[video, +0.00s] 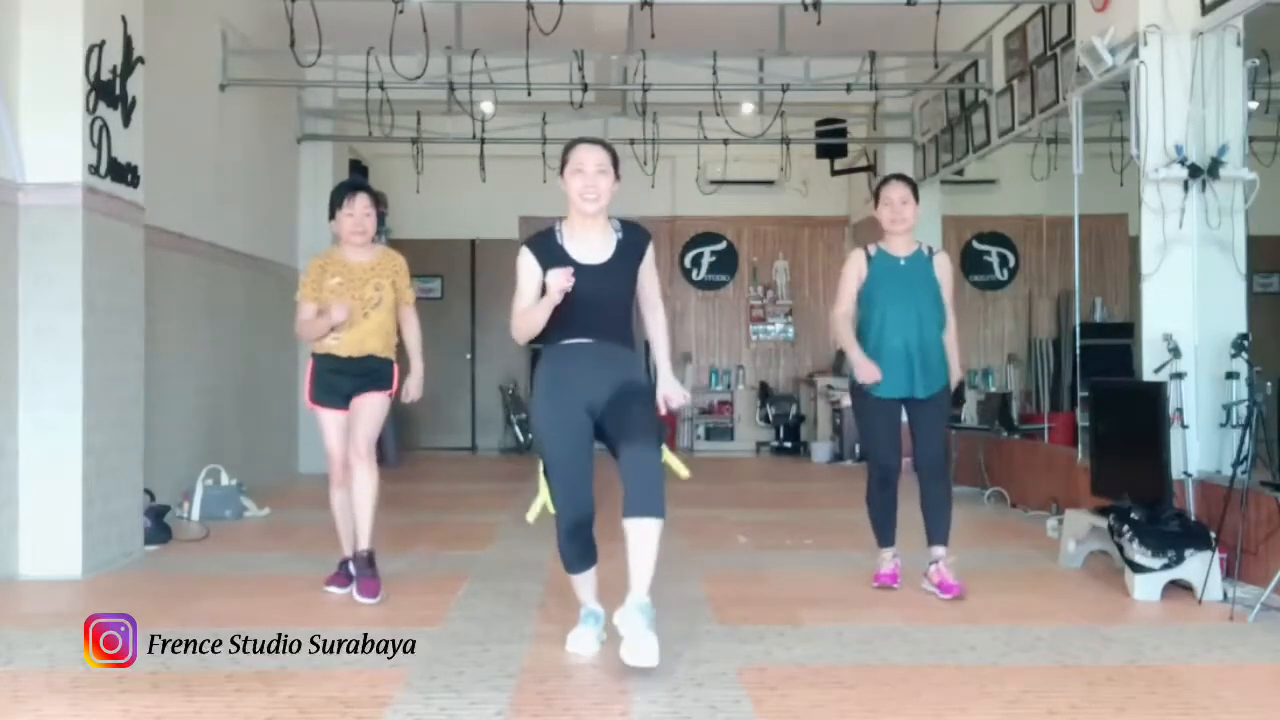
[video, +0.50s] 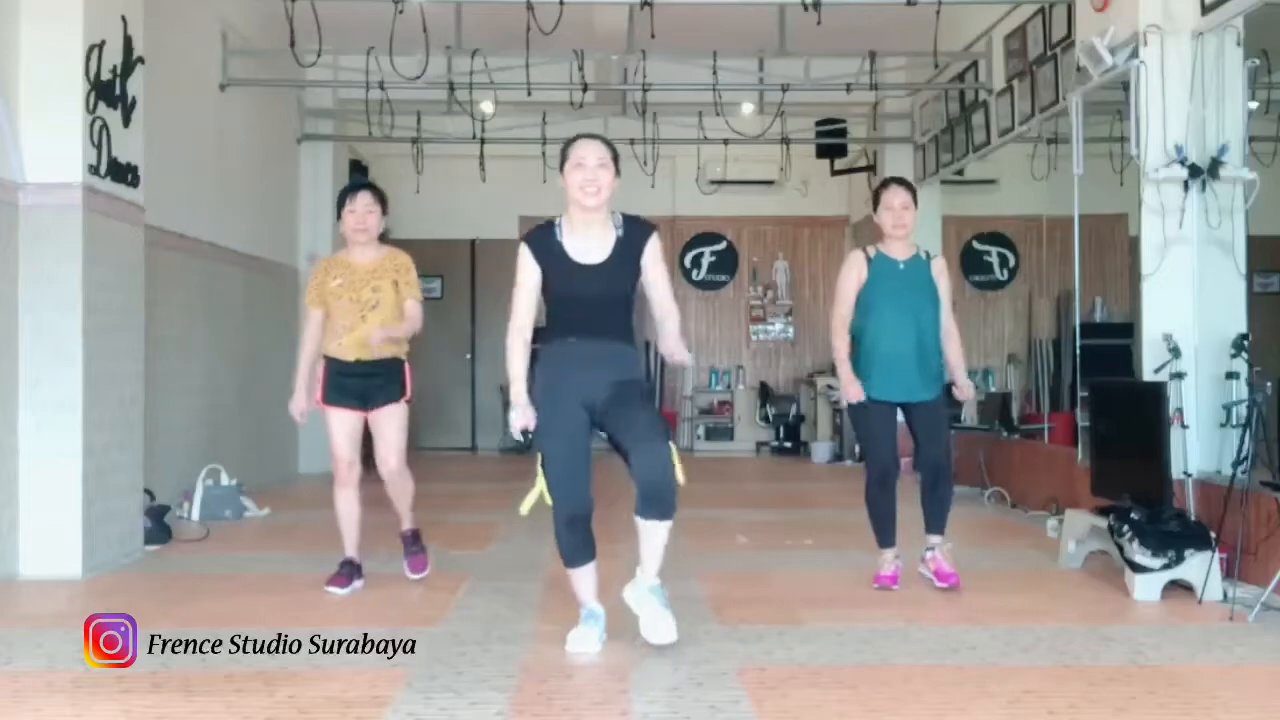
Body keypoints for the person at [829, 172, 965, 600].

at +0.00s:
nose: (896, 210)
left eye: (904, 202)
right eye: (887, 203)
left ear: (917, 209)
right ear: (876, 211)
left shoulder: (938, 261)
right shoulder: (861, 259)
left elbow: (947, 320)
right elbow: (840, 317)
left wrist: (955, 369)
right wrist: (858, 359)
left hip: (931, 378)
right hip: (878, 380)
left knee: (934, 467)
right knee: (884, 467)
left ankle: (937, 561)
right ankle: (888, 555)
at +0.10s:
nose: (897, 208)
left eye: (905, 201)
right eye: (888, 201)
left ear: (917, 207)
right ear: (876, 208)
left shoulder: (935, 257)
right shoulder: (859, 255)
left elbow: (945, 314)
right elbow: (841, 312)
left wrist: (953, 363)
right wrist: (869, 335)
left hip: (929, 374)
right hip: (875, 377)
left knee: (935, 463)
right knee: (880, 465)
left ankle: (939, 558)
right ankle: (886, 555)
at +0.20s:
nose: (897, 209)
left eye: (904, 202)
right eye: (888, 202)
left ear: (916, 208)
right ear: (875, 209)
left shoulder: (934, 258)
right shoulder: (858, 254)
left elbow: (944, 316)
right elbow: (840, 312)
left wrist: (954, 366)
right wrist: (870, 326)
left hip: (928, 376)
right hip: (873, 378)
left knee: (934, 463)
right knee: (880, 464)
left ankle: (937, 557)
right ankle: (887, 554)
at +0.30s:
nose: (897, 215)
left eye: (904, 207)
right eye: (888, 208)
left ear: (915, 213)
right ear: (875, 215)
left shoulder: (933, 263)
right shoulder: (859, 259)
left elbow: (945, 324)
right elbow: (840, 315)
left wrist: (955, 378)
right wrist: (867, 338)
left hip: (927, 381)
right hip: (873, 382)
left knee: (934, 465)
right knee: (881, 467)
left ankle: (935, 559)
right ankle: (887, 556)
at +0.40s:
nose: (897, 220)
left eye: (904, 212)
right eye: (888, 213)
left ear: (915, 218)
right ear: (875, 219)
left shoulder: (933, 269)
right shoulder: (858, 266)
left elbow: (946, 332)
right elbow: (840, 325)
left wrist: (958, 389)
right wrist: (858, 362)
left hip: (926, 387)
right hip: (871, 388)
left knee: (937, 465)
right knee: (882, 469)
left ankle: (938, 557)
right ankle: (888, 556)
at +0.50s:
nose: (897, 215)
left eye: (905, 208)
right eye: (889, 208)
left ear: (916, 213)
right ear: (876, 215)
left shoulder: (934, 264)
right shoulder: (859, 262)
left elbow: (947, 325)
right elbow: (840, 323)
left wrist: (959, 375)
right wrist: (846, 376)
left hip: (927, 385)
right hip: (872, 387)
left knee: (937, 463)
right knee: (882, 467)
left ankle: (935, 549)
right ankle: (888, 555)